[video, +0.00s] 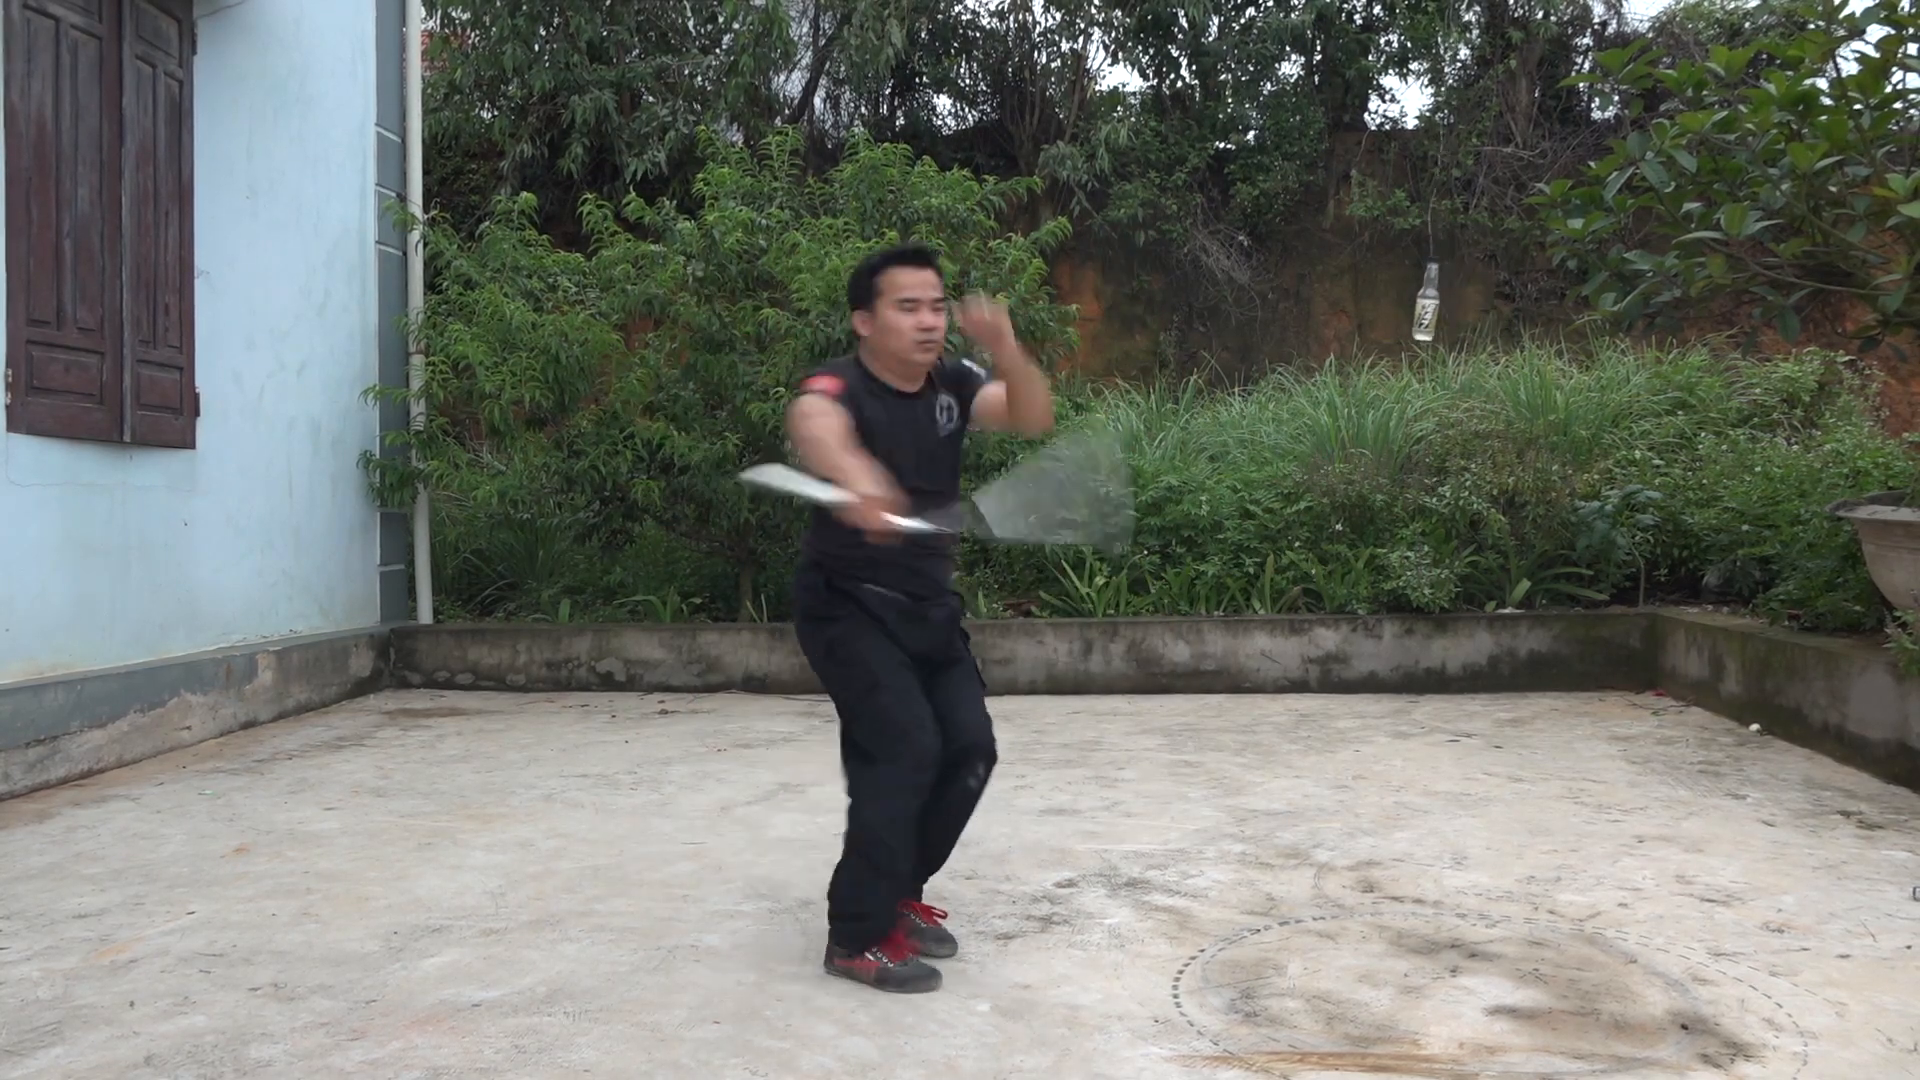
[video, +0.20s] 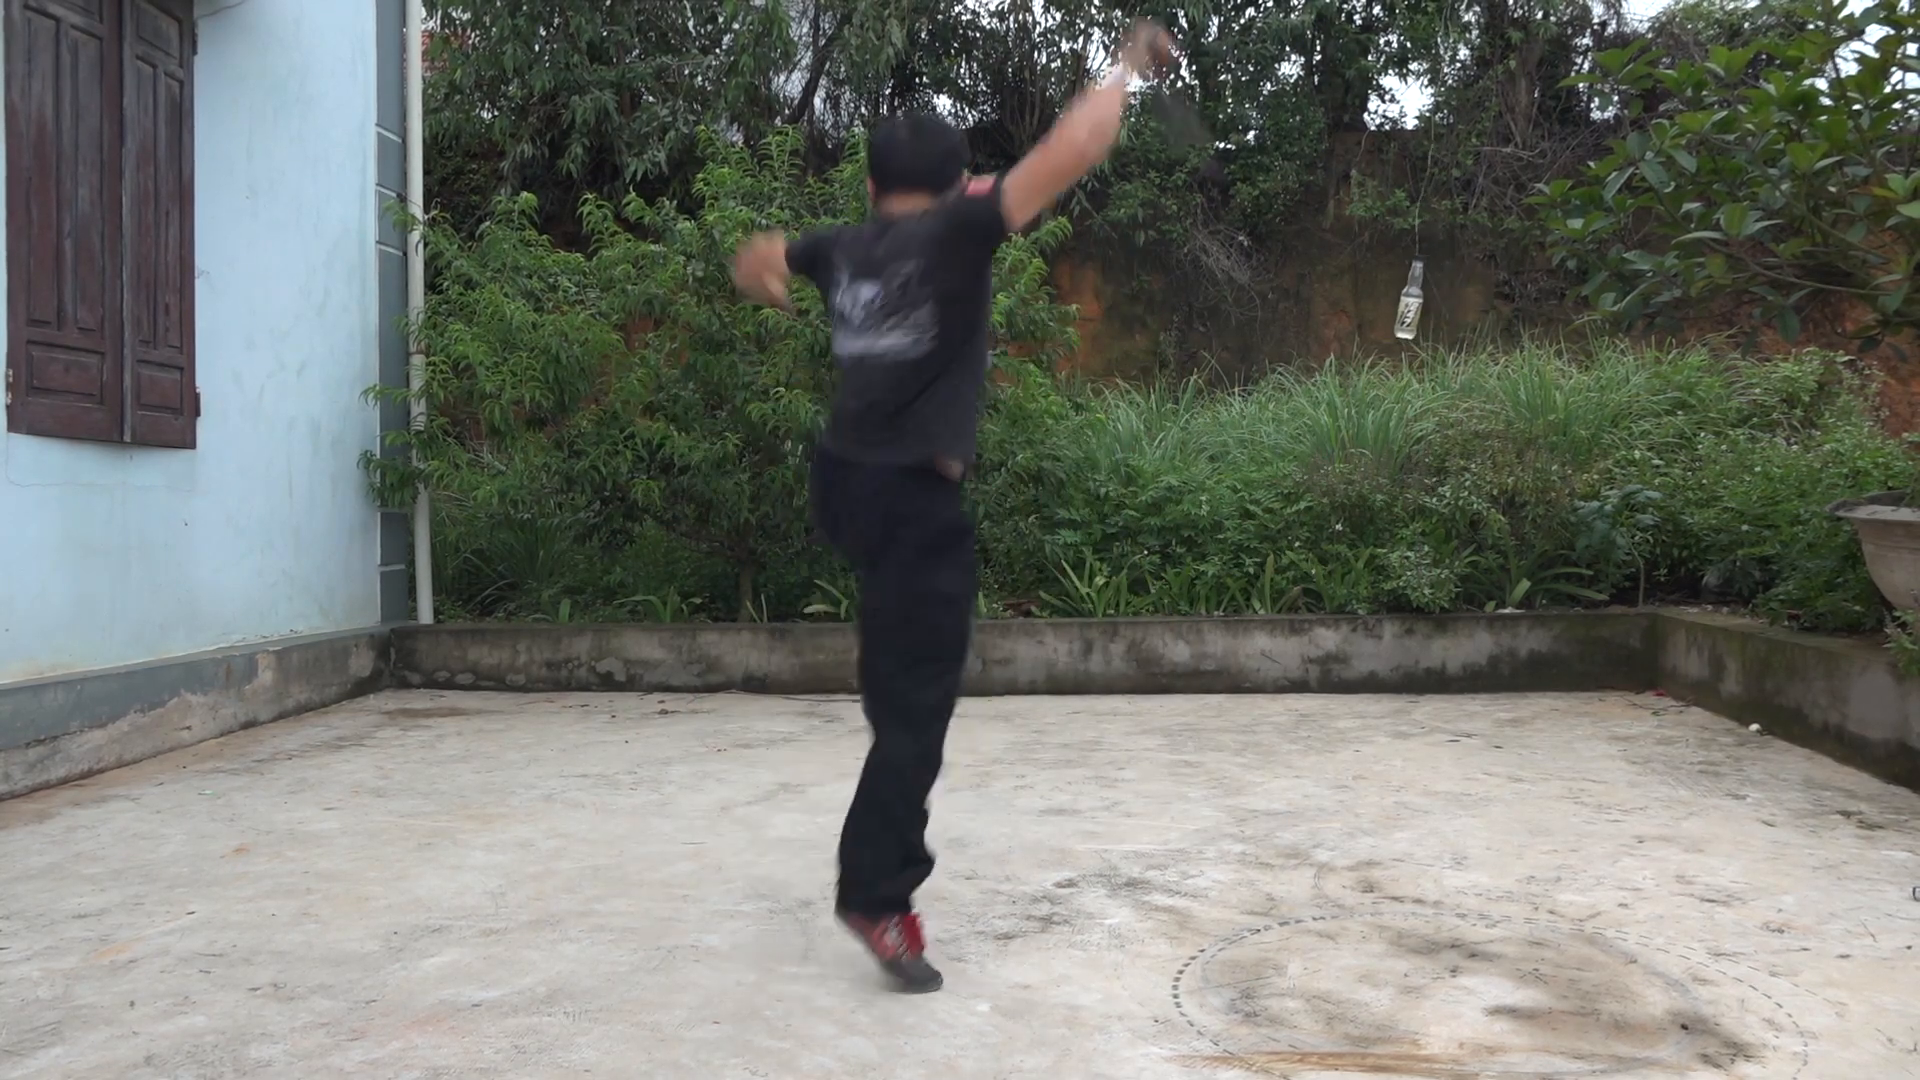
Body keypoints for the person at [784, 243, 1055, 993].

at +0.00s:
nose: (929, 320)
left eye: (938, 306)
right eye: (909, 307)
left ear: (948, 316)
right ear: (863, 322)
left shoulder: (952, 384)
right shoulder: (828, 392)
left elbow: (1033, 416)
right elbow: (822, 437)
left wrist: (1006, 350)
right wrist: (862, 479)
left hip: (928, 606)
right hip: (848, 604)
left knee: (969, 749)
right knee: (903, 749)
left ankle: (899, 894)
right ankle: (855, 937)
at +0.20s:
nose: (971, 184)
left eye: (964, 174)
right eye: (965, 175)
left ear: (876, 185)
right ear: (949, 184)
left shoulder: (841, 246)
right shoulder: (965, 229)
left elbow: (756, 258)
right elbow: (1070, 148)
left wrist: (770, 281)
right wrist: (1128, 66)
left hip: (841, 484)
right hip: (916, 497)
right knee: (915, 706)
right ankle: (873, 896)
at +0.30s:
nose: (858, 122)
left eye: (860, 109)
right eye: (860, 109)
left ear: (876, 111)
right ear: (944, 108)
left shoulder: (839, 175)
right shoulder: (1000, 149)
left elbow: (729, 193)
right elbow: (1098, 67)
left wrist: (793, 174)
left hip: (871, 420)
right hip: (975, 432)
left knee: (809, 481)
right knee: (987, 607)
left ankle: (843, 584)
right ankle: (938, 729)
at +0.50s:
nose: (891, 123)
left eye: (909, 106)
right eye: (888, 107)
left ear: (969, 115)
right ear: (961, 122)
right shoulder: (989, 181)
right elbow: (996, 130)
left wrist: (830, 371)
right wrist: (1030, 61)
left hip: (949, 457)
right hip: (904, 424)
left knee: (892, 635)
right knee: (815, 411)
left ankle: (961, 847)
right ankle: (914, 517)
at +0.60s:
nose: (964, 201)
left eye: (986, 183)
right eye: (951, 184)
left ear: (1032, 196)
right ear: (935, 193)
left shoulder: (1057, 288)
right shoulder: (922, 268)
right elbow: (821, 250)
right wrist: (903, 165)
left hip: (966, 561)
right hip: (871, 522)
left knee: (971, 769)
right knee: (808, 558)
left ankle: (1000, 981)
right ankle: (859, 597)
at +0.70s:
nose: (1000, 287)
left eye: (1022, 271)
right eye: (983, 269)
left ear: (1055, 282)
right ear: (958, 274)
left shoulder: (1074, 358)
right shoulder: (920, 341)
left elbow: (1138, 410)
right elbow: (881, 448)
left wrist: (1034, 371)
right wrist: (891, 388)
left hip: (985, 621)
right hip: (882, 597)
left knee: (964, 794)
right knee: (808, 739)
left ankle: (1001, 982)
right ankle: (799, 816)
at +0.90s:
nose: (984, 330)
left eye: (1003, 315)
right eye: (965, 310)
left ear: (1021, 323)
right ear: (928, 313)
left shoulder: (1018, 370)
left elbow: (1122, 347)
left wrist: (1071, 379)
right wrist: (1080, 522)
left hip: (975, 635)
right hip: (865, 628)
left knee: (1034, 787)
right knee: (811, 779)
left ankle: (1055, 963)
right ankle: (779, 890)